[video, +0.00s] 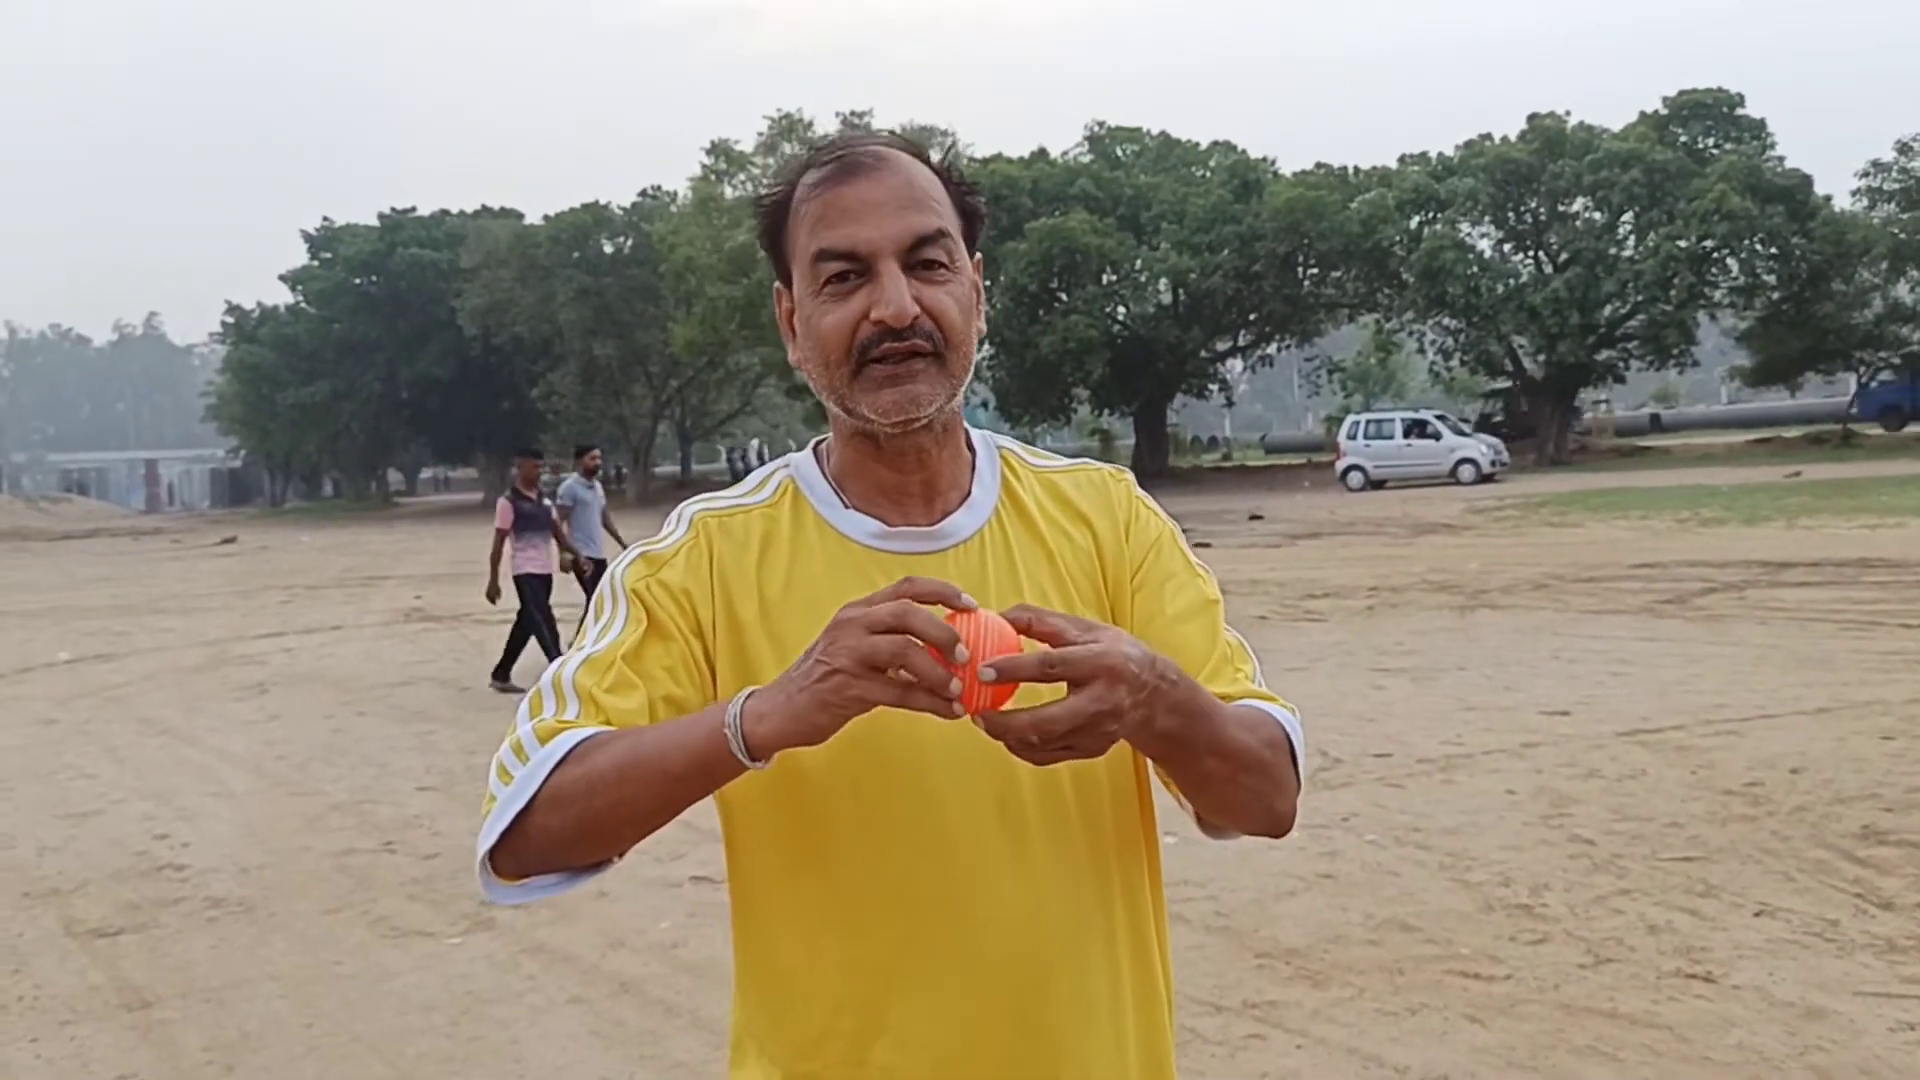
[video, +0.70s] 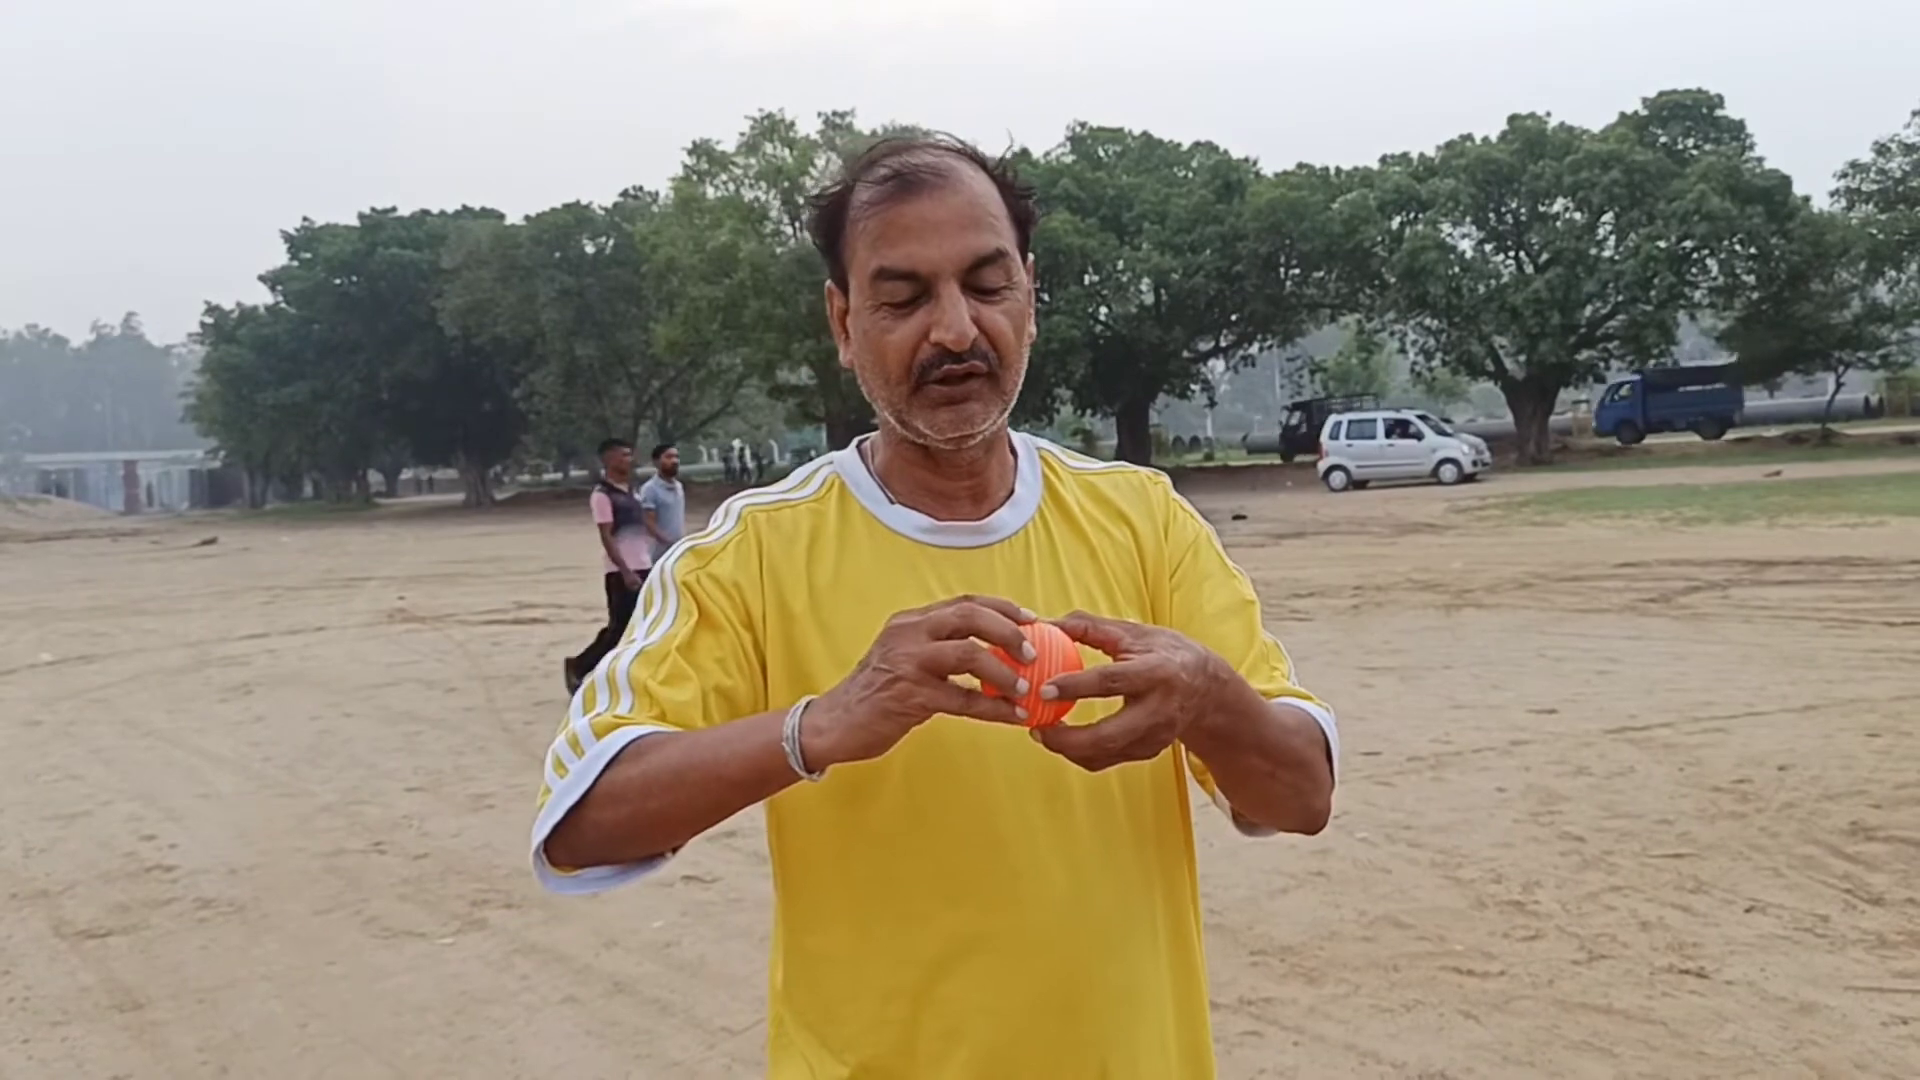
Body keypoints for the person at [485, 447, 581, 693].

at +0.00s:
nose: (538, 471)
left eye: (540, 467)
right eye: (534, 467)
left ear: (540, 469)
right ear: (519, 467)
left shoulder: (543, 500)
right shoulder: (508, 502)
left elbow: (557, 532)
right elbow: (498, 542)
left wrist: (577, 555)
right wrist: (493, 580)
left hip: (545, 571)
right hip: (524, 572)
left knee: (524, 626)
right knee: (543, 623)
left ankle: (501, 673)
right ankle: (562, 671)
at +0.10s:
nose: (551, 471)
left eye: (552, 466)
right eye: (546, 466)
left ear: (554, 469)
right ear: (531, 468)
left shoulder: (556, 499)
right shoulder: (521, 502)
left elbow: (569, 535)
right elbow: (515, 543)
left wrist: (586, 560)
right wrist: (515, 582)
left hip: (562, 570)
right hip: (540, 571)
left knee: (549, 627)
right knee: (559, 627)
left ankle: (511, 666)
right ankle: (572, 677)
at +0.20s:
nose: (557, 467)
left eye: (559, 462)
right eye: (552, 462)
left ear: (560, 464)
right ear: (537, 465)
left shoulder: (565, 497)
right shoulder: (530, 500)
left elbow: (576, 533)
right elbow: (530, 542)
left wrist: (588, 561)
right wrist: (538, 577)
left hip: (572, 568)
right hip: (550, 569)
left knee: (579, 619)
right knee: (561, 626)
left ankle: (537, 654)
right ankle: (565, 676)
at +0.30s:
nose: (566, 464)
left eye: (567, 459)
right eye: (561, 459)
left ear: (568, 461)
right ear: (546, 461)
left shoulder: (572, 492)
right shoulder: (538, 496)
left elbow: (579, 533)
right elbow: (543, 537)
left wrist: (589, 564)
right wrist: (562, 569)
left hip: (579, 567)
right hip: (555, 570)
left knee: (597, 616)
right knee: (557, 626)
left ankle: (573, 659)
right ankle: (559, 677)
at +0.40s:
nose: (576, 463)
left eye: (578, 459)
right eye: (571, 459)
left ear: (579, 461)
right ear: (556, 460)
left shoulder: (582, 492)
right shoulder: (549, 494)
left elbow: (588, 534)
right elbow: (557, 536)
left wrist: (601, 565)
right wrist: (588, 565)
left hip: (588, 570)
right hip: (564, 571)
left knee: (608, 625)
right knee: (559, 632)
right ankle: (555, 684)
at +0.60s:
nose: (612, 464)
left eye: (612, 459)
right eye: (606, 459)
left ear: (612, 463)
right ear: (591, 463)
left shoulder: (612, 493)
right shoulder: (584, 498)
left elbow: (619, 532)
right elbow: (591, 541)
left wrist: (630, 561)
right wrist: (623, 565)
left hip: (622, 573)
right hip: (600, 575)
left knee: (635, 632)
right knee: (586, 631)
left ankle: (646, 682)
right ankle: (560, 679)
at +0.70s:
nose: (629, 459)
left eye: (629, 455)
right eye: (623, 455)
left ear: (630, 460)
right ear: (607, 460)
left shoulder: (628, 491)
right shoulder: (601, 495)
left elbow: (640, 528)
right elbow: (606, 538)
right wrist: (625, 571)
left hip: (643, 567)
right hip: (620, 572)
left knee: (643, 627)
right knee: (620, 629)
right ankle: (579, 665)